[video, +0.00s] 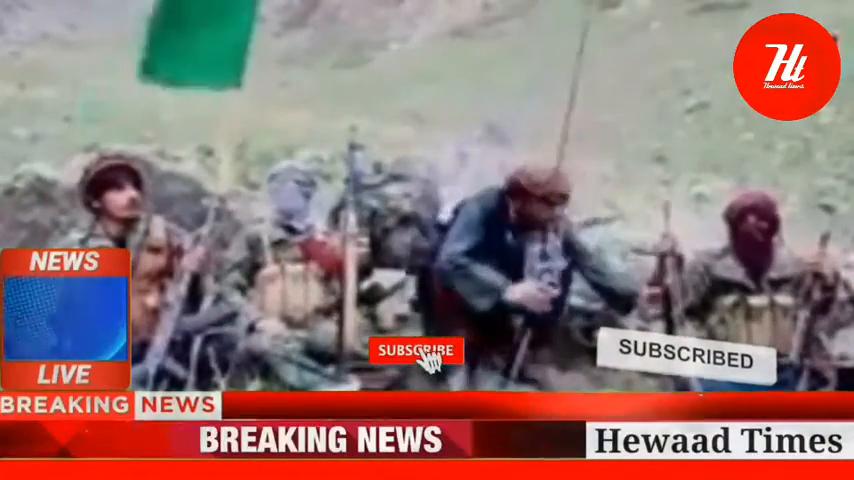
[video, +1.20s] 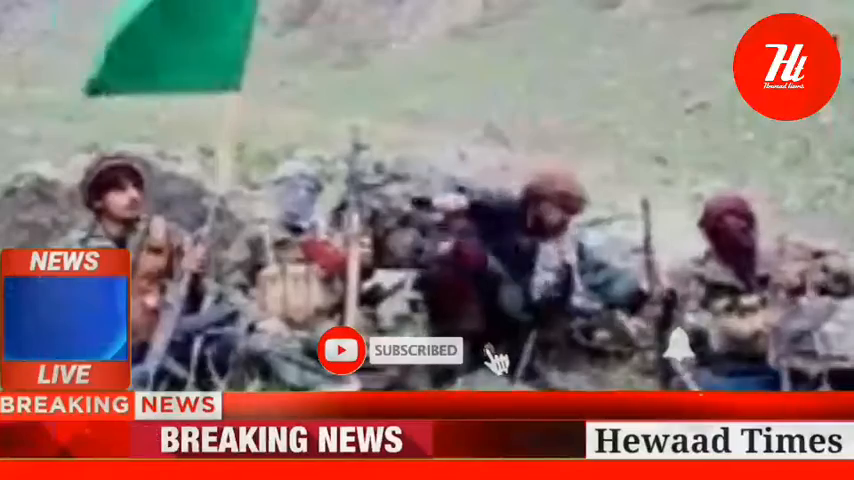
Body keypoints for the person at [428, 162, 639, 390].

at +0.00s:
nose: (555, 214)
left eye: (560, 206)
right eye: (549, 204)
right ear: (523, 199)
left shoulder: (554, 226)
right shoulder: (481, 209)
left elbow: (587, 261)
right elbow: (450, 262)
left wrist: (629, 299)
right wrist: (508, 291)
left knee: (559, 272)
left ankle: (533, 357)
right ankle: (460, 365)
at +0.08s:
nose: (537, 222)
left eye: (541, 214)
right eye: (530, 214)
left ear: (543, 211)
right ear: (509, 208)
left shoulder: (540, 228)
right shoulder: (476, 218)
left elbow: (581, 261)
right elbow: (444, 263)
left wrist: (631, 297)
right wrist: (502, 297)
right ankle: (456, 367)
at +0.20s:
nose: (514, 217)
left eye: (519, 210)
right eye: (507, 209)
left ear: (525, 208)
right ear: (487, 206)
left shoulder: (528, 232)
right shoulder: (463, 221)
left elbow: (566, 268)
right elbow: (441, 251)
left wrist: (617, 294)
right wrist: (492, 277)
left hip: (509, 307)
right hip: (463, 303)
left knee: (547, 291)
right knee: (438, 282)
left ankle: (521, 361)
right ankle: (456, 363)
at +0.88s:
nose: (538, 216)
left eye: (545, 209)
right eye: (531, 207)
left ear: (554, 207)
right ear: (512, 202)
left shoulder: (564, 232)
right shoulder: (488, 219)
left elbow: (601, 265)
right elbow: (441, 244)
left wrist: (637, 293)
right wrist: (475, 261)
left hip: (529, 318)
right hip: (481, 311)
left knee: (565, 285)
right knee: (451, 280)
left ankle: (523, 362)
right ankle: (455, 361)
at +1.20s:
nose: (565, 220)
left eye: (571, 213)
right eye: (560, 209)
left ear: (577, 215)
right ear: (537, 201)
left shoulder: (568, 248)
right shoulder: (494, 221)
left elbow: (605, 276)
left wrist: (636, 295)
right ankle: (459, 365)